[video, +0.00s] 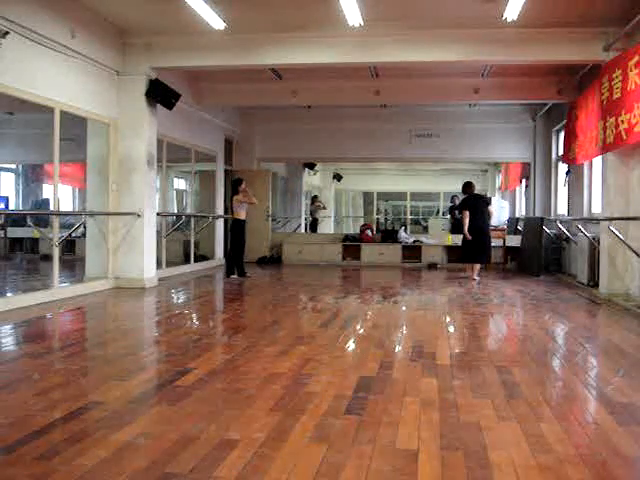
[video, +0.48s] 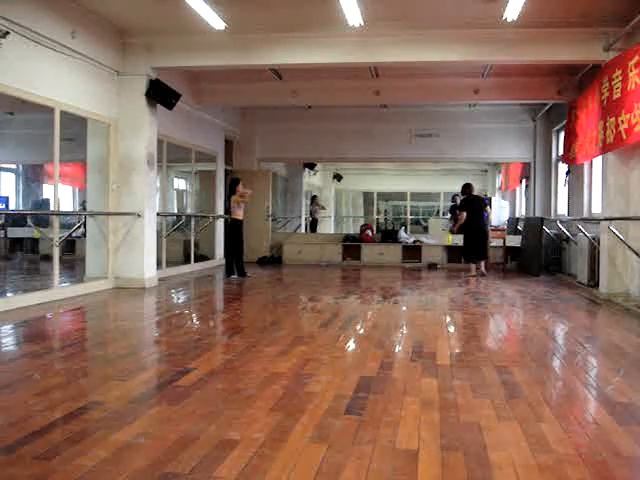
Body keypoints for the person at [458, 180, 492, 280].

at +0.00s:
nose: (463, 191)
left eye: (463, 190)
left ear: (463, 190)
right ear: (474, 189)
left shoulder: (465, 201)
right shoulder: (482, 198)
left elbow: (466, 216)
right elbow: (491, 212)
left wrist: (465, 230)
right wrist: (488, 224)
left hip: (471, 229)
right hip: (483, 229)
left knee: (469, 252)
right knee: (479, 253)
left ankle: (470, 273)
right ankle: (475, 275)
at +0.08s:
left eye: (463, 190)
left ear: (463, 191)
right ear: (473, 189)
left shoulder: (465, 202)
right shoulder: (481, 199)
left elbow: (466, 216)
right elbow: (490, 212)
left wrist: (465, 231)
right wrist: (488, 224)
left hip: (471, 229)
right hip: (482, 229)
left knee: (471, 250)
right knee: (479, 251)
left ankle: (473, 271)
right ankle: (475, 274)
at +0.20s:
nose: (464, 193)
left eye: (463, 191)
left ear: (463, 192)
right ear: (473, 190)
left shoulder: (464, 203)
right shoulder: (481, 200)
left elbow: (464, 218)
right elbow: (489, 212)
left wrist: (461, 231)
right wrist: (488, 224)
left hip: (470, 229)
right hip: (482, 229)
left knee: (471, 250)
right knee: (481, 250)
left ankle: (475, 270)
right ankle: (476, 270)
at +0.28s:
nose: (463, 193)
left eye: (463, 191)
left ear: (463, 192)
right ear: (473, 190)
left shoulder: (463, 203)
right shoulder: (481, 200)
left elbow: (463, 218)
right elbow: (489, 212)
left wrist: (460, 231)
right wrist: (486, 224)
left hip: (469, 229)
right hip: (481, 229)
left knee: (470, 250)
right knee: (481, 250)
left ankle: (471, 271)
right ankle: (477, 270)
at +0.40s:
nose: (462, 193)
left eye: (462, 192)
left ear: (463, 192)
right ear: (473, 190)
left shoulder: (464, 202)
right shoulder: (481, 199)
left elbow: (462, 217)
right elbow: (488, 212)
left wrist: (455, 231)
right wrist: (487, 224)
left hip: (469, 230)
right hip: (481, 229)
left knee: (470, 250)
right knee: (481, 248)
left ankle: (472, 271)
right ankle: (481, 265)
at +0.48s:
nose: (463, 193)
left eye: (463, 191)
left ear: (463, 191)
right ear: (473, 190)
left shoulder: (464, 201)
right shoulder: (481, 199)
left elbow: (462, 216)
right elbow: (488, 211)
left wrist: (456, 226)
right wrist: (487, 222)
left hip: (470, 228)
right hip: (482, 227)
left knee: (470, 248)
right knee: (481, 248)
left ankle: (473, 270)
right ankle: (482, 268)